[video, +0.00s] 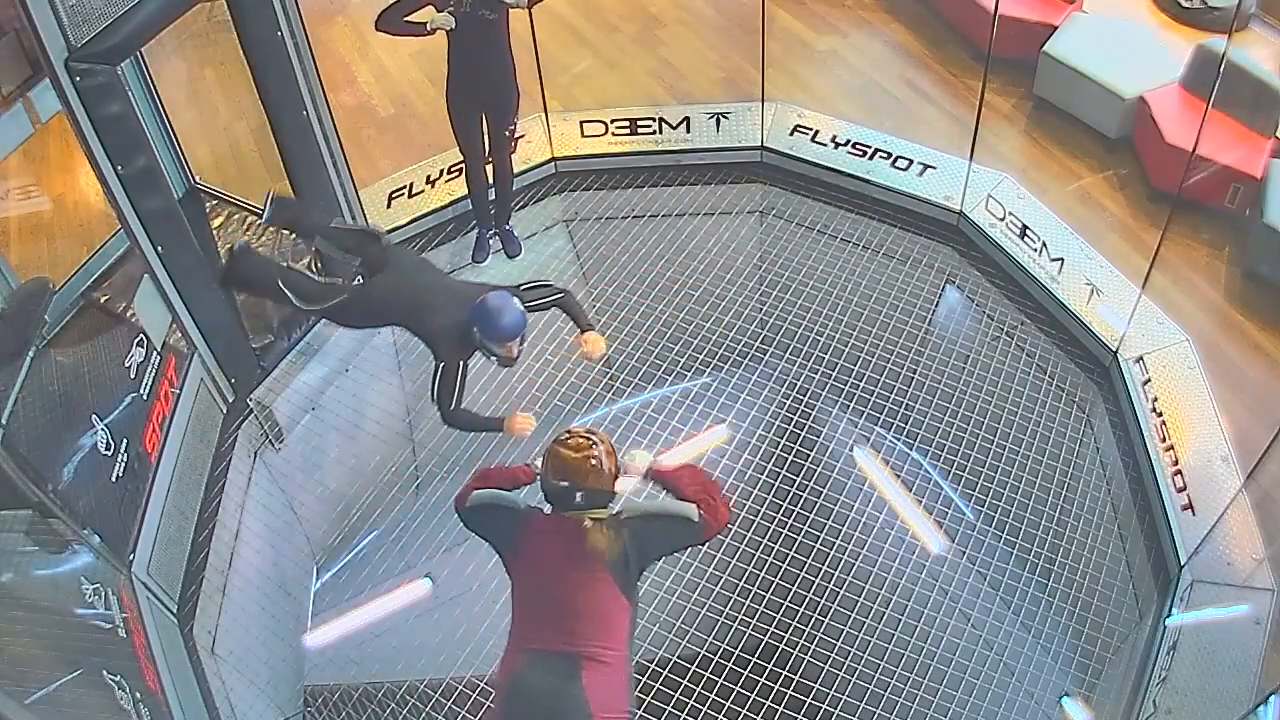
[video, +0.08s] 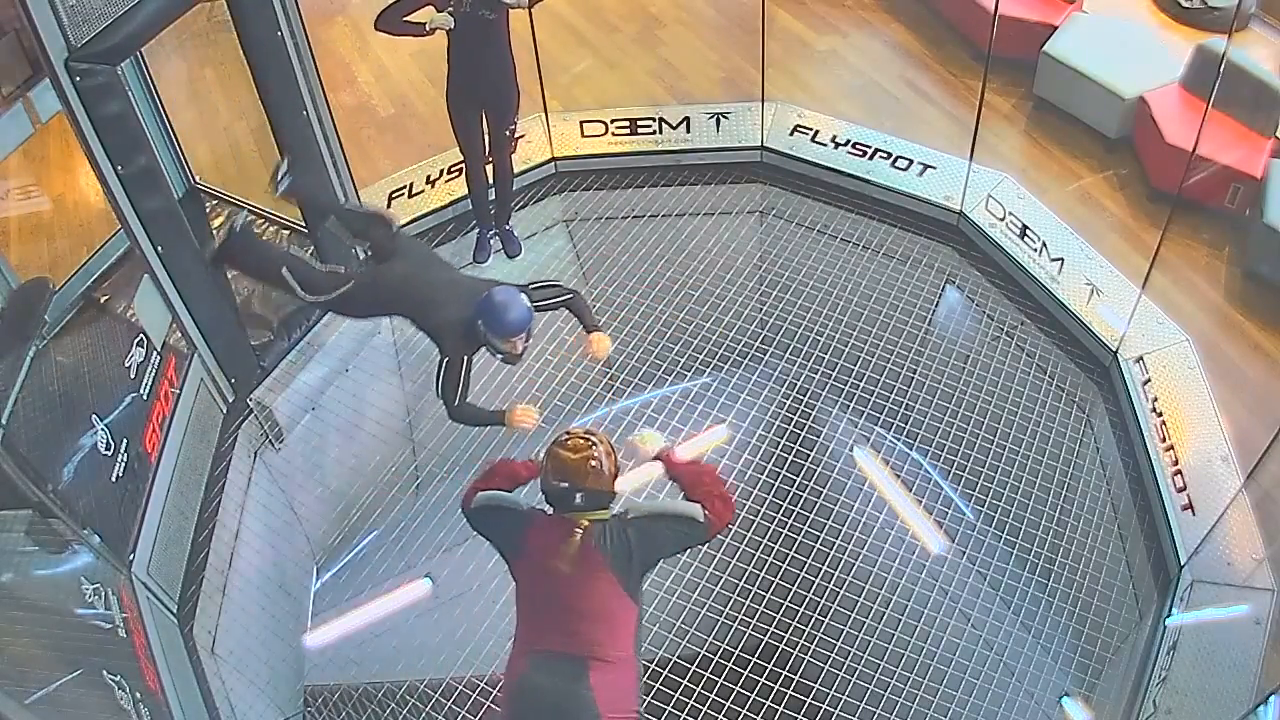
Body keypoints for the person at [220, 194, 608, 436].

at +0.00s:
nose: (514, 349)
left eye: (517, 342)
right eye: (507, 346)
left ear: (518, 316)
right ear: (485, 341)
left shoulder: (504, 297)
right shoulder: (453, 353)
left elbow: (561, 293)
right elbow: (449, 412)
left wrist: (587, 331)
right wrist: (502, 424)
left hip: (417, 264)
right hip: (384, 300)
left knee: (368, 244)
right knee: (320, 298)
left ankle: (289, 214)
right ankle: (243, 263)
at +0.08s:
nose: (521, 345)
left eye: (523, 337)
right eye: (513, 342)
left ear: (524, 318)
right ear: (487, 335)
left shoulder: (512, 298)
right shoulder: (457, 347)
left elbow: (565, 293)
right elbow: (454, 407)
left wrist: (595, 330)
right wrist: (505, 416)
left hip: (421, 259)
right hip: (389, 290)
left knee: (380, 228)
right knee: (322, 287)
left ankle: (301, 189)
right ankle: (236, 241)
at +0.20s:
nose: (531, 348)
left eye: (535, 339)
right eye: (522, 343)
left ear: (541, 317)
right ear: (501, 332)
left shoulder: (527, 296)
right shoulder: (468, 339)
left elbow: (583, 297)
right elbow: (457, 399)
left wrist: (617, 328)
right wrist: (498, 419)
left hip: (434, 247)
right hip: (399, 271)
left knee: (395, 204)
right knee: (323, 262)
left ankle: (338, 154)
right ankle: (262, 207)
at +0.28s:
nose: (542, 348)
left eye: (547, 340)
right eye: (534, 343)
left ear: (553, 310)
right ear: (512, 329)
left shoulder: (541, 290)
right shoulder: (479, 334)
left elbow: (594, 293)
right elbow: (461, 395)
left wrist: (628, 324)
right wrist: (498, 423)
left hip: (450, 240)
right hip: (409, 259)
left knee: (411, 193)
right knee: (343, 256)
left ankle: (373, 128)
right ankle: (312, 180)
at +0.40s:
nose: (567, 351)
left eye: (573, 343)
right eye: (559, 345)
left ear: (578, 320)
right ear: (536, 333)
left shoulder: (570, 292)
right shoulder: (497, 329)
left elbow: (619, 285)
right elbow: (466, 386)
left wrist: (654, 320)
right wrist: (495, 420)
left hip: (476, 226)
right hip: (435, 243)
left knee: (439, 184)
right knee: (368, 218)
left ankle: (409, 136)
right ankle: (380, 175)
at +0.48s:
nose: (577, 353)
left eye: (582, 345)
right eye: (569, 348)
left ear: (591, 325)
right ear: (548, 332)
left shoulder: (588, 293)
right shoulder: (510, 324)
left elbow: (636, 284)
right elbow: (469, 367)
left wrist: (672, 317)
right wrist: (483, 406)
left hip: (496, 218)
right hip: (457, 235)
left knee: (466, 181)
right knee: (383, 207)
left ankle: (431, 145)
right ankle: (392, 135)